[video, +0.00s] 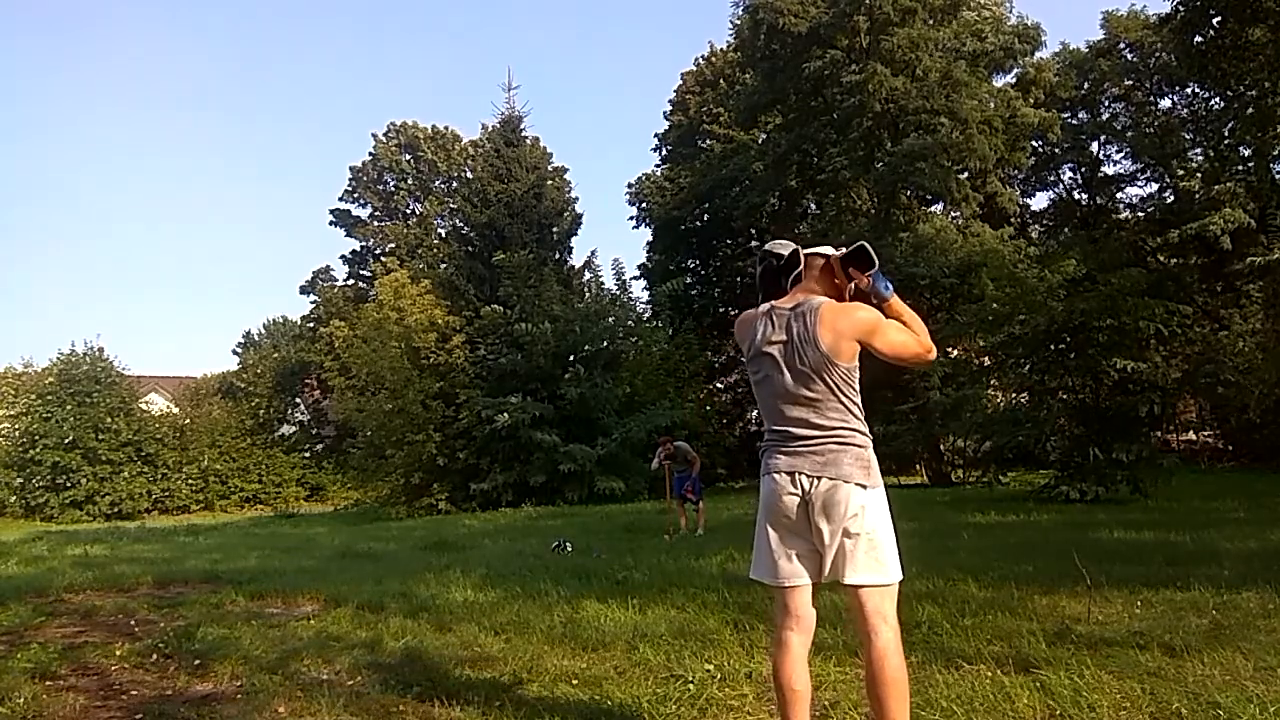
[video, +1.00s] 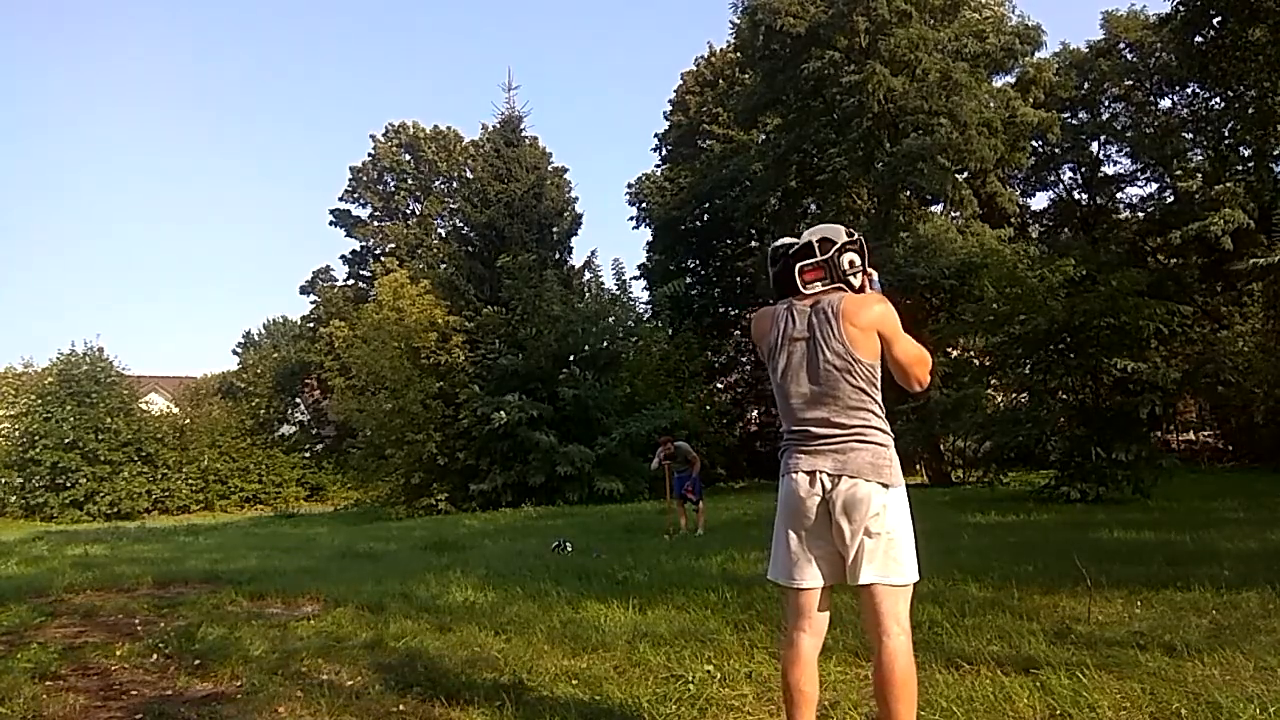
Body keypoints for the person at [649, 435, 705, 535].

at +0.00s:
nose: (668, 452)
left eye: (669, 449)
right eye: (665, 450)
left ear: (673, 445)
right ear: (662, 449)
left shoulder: (682, 447)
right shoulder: (661, 451)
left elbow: (697, 461)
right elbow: (653, 467)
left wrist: (692, 480)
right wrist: (660, 460)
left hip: (690, 472)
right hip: (677, 474)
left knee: (697, 501)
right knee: (679, 502)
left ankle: (700, 527)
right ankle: (683, 528)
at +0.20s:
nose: (668, 452)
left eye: (669, 449)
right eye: (665, 450)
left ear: (673, 446)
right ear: (662, 449)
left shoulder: (683, 447)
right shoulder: (661, 451)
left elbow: (697, 461)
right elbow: (653, 467)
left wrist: (692, 480)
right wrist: (659, 460)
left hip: (690, 472)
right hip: (677, 474)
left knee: (698, 501)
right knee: (679, 502)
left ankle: (700, 528)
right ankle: (683, 528)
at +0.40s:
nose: (668, 452)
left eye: (669, 449)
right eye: (665, 450)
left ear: (673, 446)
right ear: (662, 449)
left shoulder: (683, 447)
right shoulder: (661, 451)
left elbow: (697, 461)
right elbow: (653, 467)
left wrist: (692, 480)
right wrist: (659, 460)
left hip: (690, 472)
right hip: (677, 474)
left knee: (698, 501)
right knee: (679, 502)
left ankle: (700, 528)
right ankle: (683, 528)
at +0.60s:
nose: (668, 452)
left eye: (669, 449)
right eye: (665, 450)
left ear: (673, 446)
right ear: (662, 449)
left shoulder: (683, 447)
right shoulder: (661, 451)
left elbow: (697, 462)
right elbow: (652, 467)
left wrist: (692, 480)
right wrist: (659, 459)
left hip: (690, 473)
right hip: (677, 475)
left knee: (697, 502)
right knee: (679, 502)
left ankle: (700, 528)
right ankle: (683, 528)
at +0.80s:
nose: (668, 452)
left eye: (669, 449)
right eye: (665, 450)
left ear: (673, 445)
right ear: (662, 449)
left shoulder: (683, 447)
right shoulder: (661, 451)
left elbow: (697, 462)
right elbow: (653, 467)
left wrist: (692, 480)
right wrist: (659, 459)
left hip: (690, 473)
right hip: (677, 475)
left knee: (697, 501)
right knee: (679, 502)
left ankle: (700, 528)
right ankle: (683, 528)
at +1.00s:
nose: (668, 452)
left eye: (669, 449)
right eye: (665, 450)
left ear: (673, 445)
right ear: (662, 449)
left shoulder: (683, 447)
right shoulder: (661, 451)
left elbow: (697, 462)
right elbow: (653, 467)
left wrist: (692, 480)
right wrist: (659, 459)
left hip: (690, 473)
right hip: (677, 475)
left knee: (697, 501)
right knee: (679, 502)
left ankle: (700, 528)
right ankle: (683, 528)